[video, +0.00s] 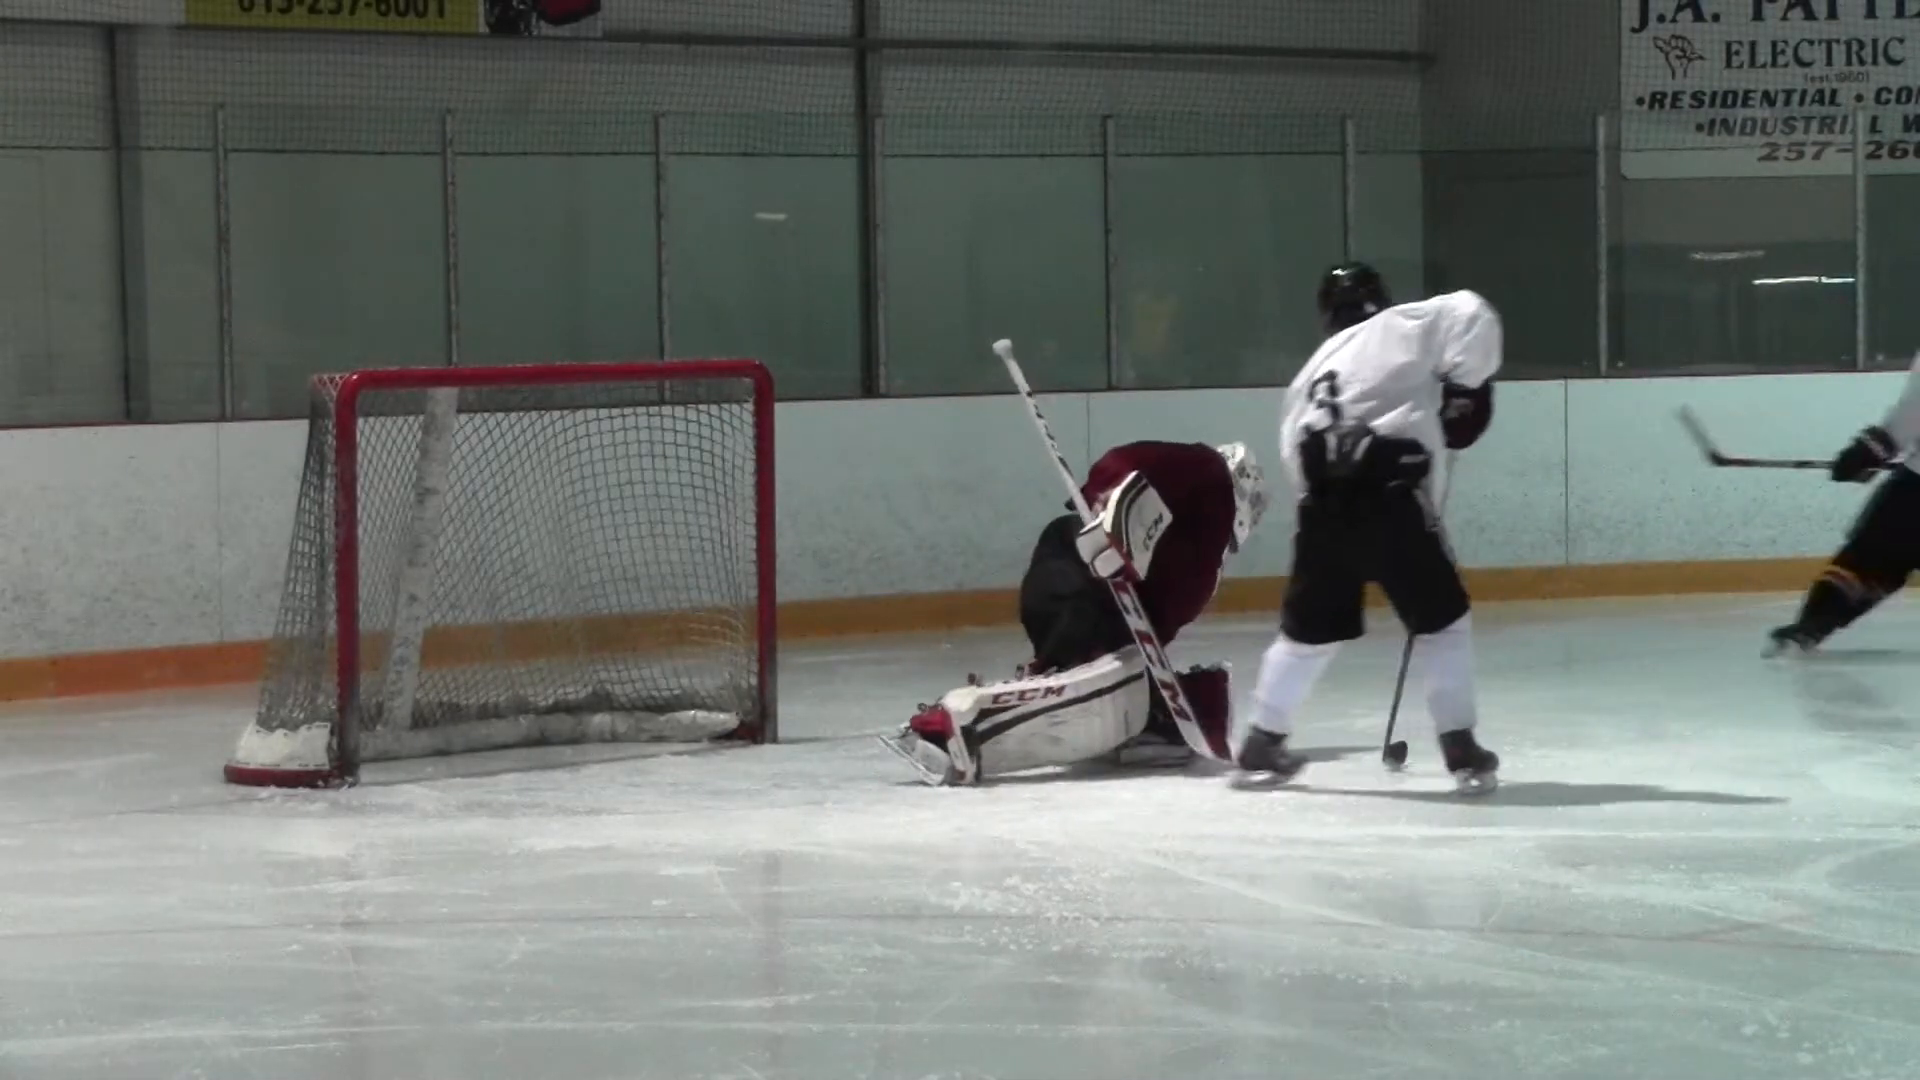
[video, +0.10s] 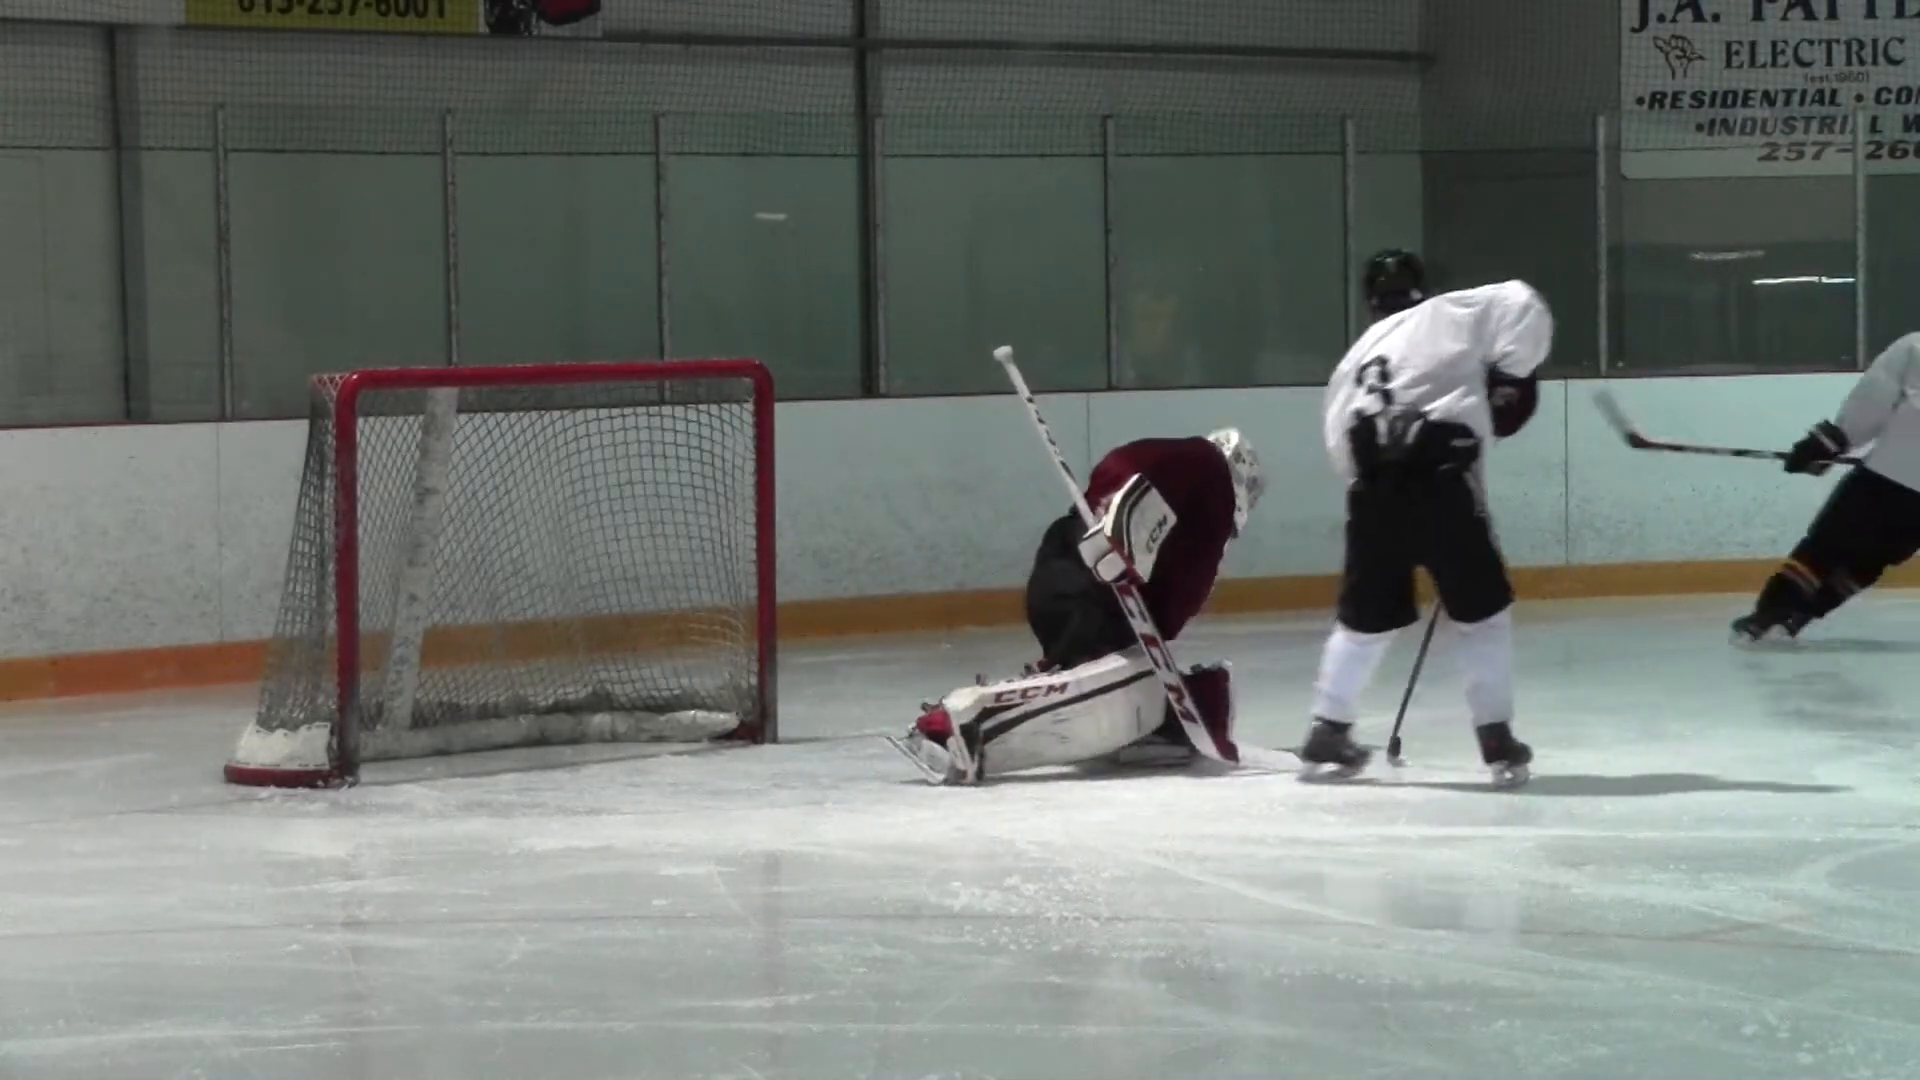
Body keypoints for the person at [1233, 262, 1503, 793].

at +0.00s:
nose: (1385, 305)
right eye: (1382, 299)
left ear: (1327, 315)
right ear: (1378, 299)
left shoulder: (1307, 375)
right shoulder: (1400, 323)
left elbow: (1296, 458)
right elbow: (1470, 309)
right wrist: (1467, 391)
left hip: (1325, 514)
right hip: (1391, 504)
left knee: (1308, 626)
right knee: (1443, 617)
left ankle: (1262, 739)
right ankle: (1458, 743)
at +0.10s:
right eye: (1413, 288)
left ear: (1369, 300)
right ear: (1419, 290)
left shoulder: (1350, 364)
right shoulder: (1446, 313)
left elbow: (1340, 449)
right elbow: (1521, 300)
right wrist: (1512, 379)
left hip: (1375, 501)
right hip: (1443, 491)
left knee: (1365, 616)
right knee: (1483, 610)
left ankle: (1327, 732)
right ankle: (1496, 737)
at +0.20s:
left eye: (1421, 286)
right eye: (1456, 278)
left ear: (1410, 289)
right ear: (1461, 279)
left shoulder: (1391, 350)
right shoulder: (1488, 303)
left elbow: (1382, 434)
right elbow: (1568, 292)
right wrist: (1558, 370)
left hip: (1421, 486)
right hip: (1489, 477)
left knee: (1415, 606)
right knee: (1518, 602)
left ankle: (1388, 726)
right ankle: (1530, 730)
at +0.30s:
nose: (1466, 284)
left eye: (1458, 278)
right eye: (1486, 272)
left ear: (1448, 280)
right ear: (1500, 270)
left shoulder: (1428, 342)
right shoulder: (1531, 295)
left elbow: (1424, 429)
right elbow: (1615, 292)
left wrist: (1460, 464)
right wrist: (1598, 363)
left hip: (1466, 477)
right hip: (1536, 466)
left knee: (1462, 598)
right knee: (1554, 595)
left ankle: (1443, 719)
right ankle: (1563, 720)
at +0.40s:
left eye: (1492, 268)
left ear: (1485, 273)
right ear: (1536, 260)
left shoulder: (1463, 336)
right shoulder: (1570, 289)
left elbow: (1465, 431)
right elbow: (1659, 297)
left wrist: (1487, 497)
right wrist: (1633, 363)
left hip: (1506, 467)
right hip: (1576, 458)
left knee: (1503, 594)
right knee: (1586, 593)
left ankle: (1488, 713)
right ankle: (1593, 714)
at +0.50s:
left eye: (1538, 257)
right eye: (1568, 251)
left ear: (1525, 260)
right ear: (1575, 250)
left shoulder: (1504, 325)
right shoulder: (1611, 285)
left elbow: (1499, 417)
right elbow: (1696, 309)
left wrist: (1519, 485)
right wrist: (1663, 364)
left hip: (1542, 464)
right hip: (1609, 457)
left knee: (1540, 587)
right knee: (1618, 587)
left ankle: (1530, 707)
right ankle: (1625, 708)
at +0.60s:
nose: (1614, 256)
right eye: (1615, 245)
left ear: (1569, 253)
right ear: (1620, 246)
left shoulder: (1544, 318)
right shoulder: (1649, 289)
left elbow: (1536, 412)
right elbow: (1733, 333)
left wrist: (1548, 487)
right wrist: (1688, 365)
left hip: (1577, 461)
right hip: (1644, 456)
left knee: (1580, 582)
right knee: (1652, 579)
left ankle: (1569, 699)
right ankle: (1655, 702)